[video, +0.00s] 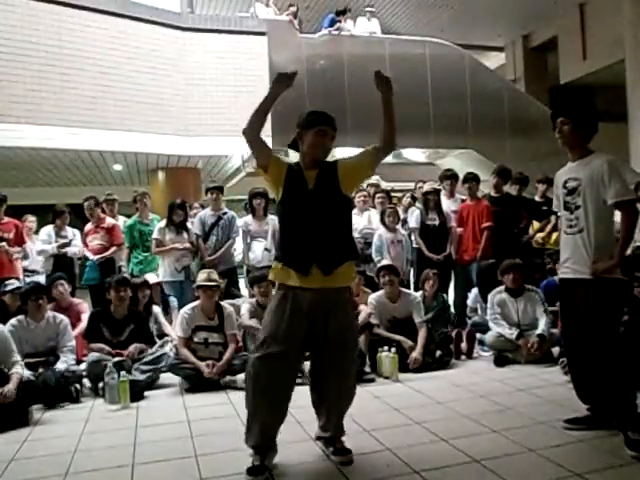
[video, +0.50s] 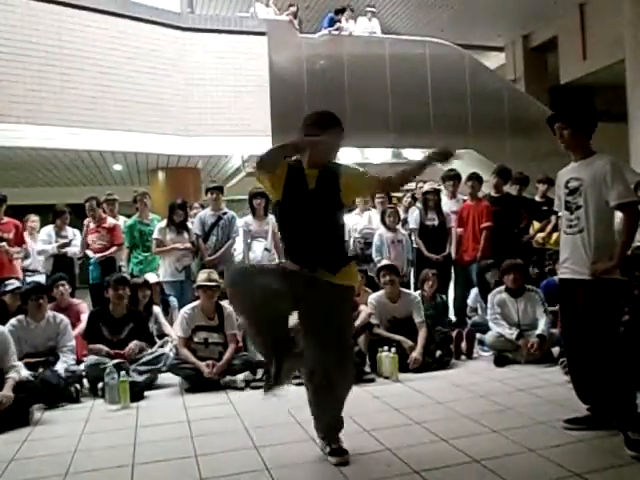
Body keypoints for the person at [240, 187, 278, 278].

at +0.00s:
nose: (258, 201)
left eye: (261, 198)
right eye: (255, 198)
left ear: (266, 201)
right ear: (251, 201)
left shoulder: (273, 220)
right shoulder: (246, 221)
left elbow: (277, 240)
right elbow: (245, 243)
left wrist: (277, 258)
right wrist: (246, 261)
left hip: (269, 261)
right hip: (253, 262)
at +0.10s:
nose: (258, 201)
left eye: (261, 198)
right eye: (255, 198)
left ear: (265, 201)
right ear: (251, 201)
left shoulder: (274, 220)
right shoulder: (246, 221)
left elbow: (277, 241)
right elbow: (245, 243)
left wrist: (279, 258)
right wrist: (246, 261)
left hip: (270, 262)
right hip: (253, 262)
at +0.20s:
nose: (258, 201)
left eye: (260, 198)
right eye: (255, 199)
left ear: (265, 201)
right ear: (251, 202)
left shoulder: (273, 221)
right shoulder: (246, 222)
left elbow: (277, 242)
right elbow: (245, 243)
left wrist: (280, 259)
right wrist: (246, 261)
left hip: (270, 262)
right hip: (253, 263)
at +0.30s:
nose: (259, 202)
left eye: (262, 199)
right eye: (256, 199)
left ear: (266, 201)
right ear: (251, 202)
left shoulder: (273, 221)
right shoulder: (246, 222)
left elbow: (277, 242)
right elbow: (245, 243)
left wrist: (280, 259)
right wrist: (246, 261)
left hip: (270, 262)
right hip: (253, 263)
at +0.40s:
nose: (259, 202)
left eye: (261, 198)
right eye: (256, 198)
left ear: (266, 201)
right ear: (251, 201)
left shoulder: (274, 221)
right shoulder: (246, 222)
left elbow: (277, 242)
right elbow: (245, 243)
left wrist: (280, 259)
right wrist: (246, 261)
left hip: (271, 262)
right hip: (253, 263)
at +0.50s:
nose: (259, 202)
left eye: (261, 198)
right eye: (256, 199)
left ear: (266, 201)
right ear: (251, 202)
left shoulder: (271, 219)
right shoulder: (246, 221)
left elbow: (277, 240)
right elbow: (245, 243)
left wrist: (282, 258)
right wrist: (246, 262)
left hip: (270, 260)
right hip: (253, 261)